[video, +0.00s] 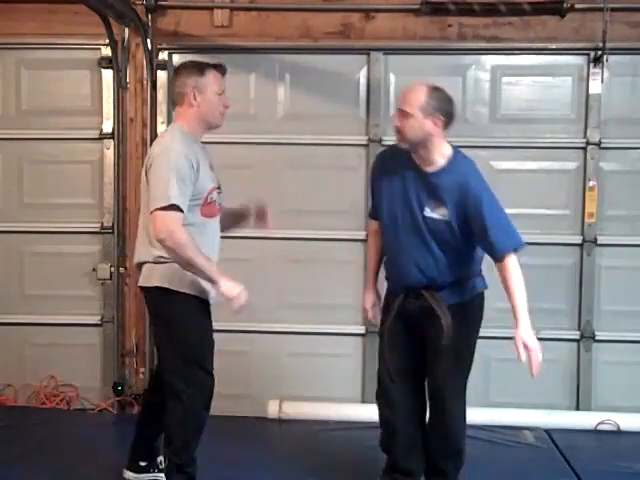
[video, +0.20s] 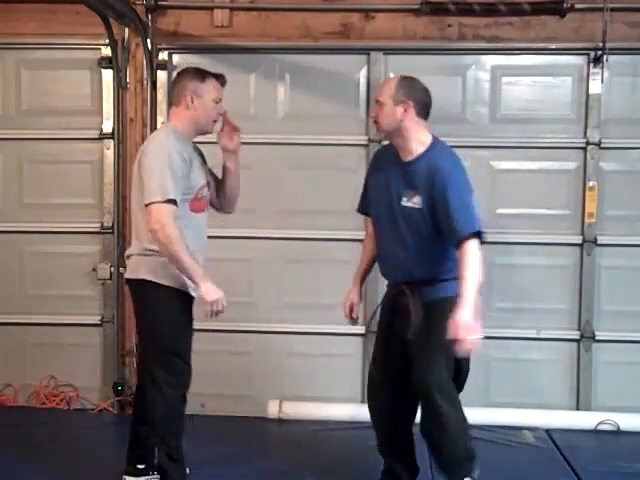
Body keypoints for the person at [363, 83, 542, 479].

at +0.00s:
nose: (395, 121)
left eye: (404, 115)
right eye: (397, 112)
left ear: (435, 125)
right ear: (424, 122)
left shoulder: (464, 179)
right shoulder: (388, 163)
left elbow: (505, 253)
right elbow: (377, 226)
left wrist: (523, 324)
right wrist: (370, 286)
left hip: (455, 302)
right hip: (401, 298)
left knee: (445, 397)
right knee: (395, 395)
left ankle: (442, 472)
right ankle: (401, 470)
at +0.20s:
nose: (372, 112)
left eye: (379, 105)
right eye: (373, 104)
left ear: (405, 110)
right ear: (399, 111)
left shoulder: (442, 164)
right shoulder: (383, 158)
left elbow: (470, 241)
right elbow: (374, 229)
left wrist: (467, 308)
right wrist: (357, 283)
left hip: (442, 297)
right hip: (399, 296)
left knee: (433, 390)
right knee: (384, 396)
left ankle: (461, 470)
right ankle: (399, 472)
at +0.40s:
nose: (374, 106)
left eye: (380, 98)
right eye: (376, 98)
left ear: (402, 103)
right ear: (405, 104)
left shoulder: (437, 160)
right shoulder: (398, 157)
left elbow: (427, 243)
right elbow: (393, 229)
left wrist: (387, 305)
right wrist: (364, 274)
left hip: (446, 292)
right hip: (410, 291)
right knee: (390, 391)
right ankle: (398, 473)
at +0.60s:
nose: (392, 106)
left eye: (398, 98)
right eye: (394, 98)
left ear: (421, 102)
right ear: (429, 104)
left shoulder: (438, 159)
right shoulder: (448, 152)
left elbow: (409, 239)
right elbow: (430, 232)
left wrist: (355, 280)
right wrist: (392, 272)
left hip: (454, 296)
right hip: (434, 293)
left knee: (467, 410)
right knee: (403, 399)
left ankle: (495, 477)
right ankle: (397, 473)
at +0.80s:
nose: (412, 106)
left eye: (418, 98)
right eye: (414, 98)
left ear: (443, 103)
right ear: (448, 105)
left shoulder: (443, 161)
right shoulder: (479, 151)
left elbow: (403, 235)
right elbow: (475, 226)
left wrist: (352, 265)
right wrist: (414, 239)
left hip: (461, 301)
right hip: (481, 295)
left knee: (473, 414)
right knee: (421, 402)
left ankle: (499, 479)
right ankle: (401, 475)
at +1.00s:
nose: (423, 110)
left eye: (429, 101)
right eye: (425, 100)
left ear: (455, 105)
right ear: (463, 108)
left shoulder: (441, 164)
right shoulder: (505, 153)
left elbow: (394, 231)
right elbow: (548, 206)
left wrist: (335, 269)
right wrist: (514, 180)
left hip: (456, 304)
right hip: (488, 301)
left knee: (467, 414)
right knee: (405, 393)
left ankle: (497, 478)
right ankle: (392, 475)